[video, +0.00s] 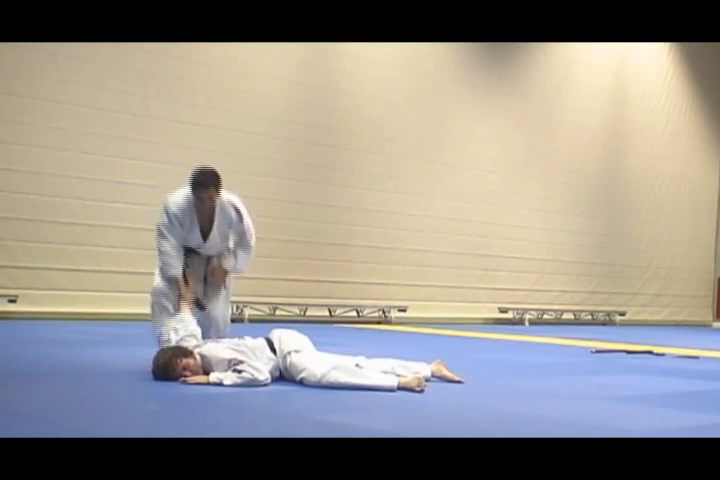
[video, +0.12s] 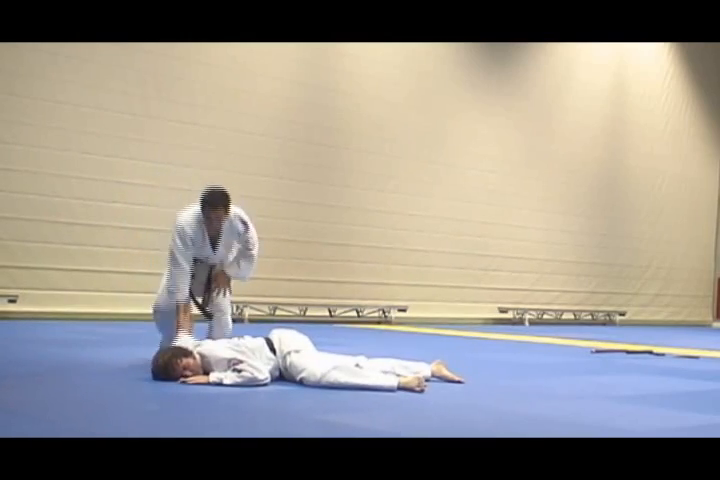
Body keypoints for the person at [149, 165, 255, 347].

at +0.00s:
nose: (207, 204)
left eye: (212, 198)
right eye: (201, 199)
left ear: (219, 193)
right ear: (193, 195)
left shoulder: (232, 207)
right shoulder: (175, 207)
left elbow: (246, 245)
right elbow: (168, 248)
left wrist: (226, 266)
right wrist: (182, 287)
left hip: (216, 257)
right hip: (182, 256)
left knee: (217, 309)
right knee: (162, 292)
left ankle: (217, 358)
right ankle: (171, 351)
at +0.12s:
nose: (213, 224)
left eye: (218, 218)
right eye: (208, 218)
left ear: (227, 213)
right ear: (202, 213)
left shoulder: (239, 221)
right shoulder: (186, 224)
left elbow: (249, 255)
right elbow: (180, 266)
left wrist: (227, 273)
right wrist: (183, 312)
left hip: (218, 271)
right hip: (188, 268)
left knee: (222, 315)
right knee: (162, 308)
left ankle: (218, 361)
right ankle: (171, 350)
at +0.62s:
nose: (199, 197)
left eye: (202, 192)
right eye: (194, 192)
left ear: (208, 191)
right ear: (185, 191)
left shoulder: (215, 211)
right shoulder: (171, 211)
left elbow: (226, 244)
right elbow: (169, 251)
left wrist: (213, 268)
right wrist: (184, 283)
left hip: (201, 258)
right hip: (174, 256)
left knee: (209, 304)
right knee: (170, 306)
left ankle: (216, 351)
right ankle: (165, 350)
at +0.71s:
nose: (192, 183)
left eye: (196, 178)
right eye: (186, 178)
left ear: (202, 178)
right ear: (178, 178)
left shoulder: (208, 201)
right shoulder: (162, 200)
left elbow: (217, 232)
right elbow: (157, 238)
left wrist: (211, 260)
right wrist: (176, 269)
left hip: (193, 252)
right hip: (165, 251)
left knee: (207, 288)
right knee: (168, 295)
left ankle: (205, 342)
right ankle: (167, 347)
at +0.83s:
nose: (179, 169)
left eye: (183, 164)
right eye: (174, 164)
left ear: (189, 166)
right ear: (166, 165)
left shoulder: (197, 193)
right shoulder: (152, 191)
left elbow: (211, 222)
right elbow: (135, 223)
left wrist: (208, 249)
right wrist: (144, 254)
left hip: (186, 249)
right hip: (156, 248)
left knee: (193, 302)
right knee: (167, 293)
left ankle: (177, 342)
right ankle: (167, 346)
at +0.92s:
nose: (171, 166)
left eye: (175, 161)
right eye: (166, 162)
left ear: (181, 163)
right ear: (158, 163)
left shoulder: (191, 189)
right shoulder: (144, 188)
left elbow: (211, 218)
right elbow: (120, 212)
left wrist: (197, 233)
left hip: (179, 247)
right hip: (151, 246)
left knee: (174, 296)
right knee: (161, 291)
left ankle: (152, 333)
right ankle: (165, 344)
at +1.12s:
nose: (156, 170)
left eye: (160, 166)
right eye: (152, 166)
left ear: (166, 167)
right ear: (145, 168)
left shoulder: (175, 195)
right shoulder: (133, 188)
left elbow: (194, 225)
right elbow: (112, 198)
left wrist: (169, 228)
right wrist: (104, 217)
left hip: (160, 249)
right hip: (134, 246)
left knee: (152, 297)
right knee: (130, 286)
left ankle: (146, 337)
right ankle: (135, 334)